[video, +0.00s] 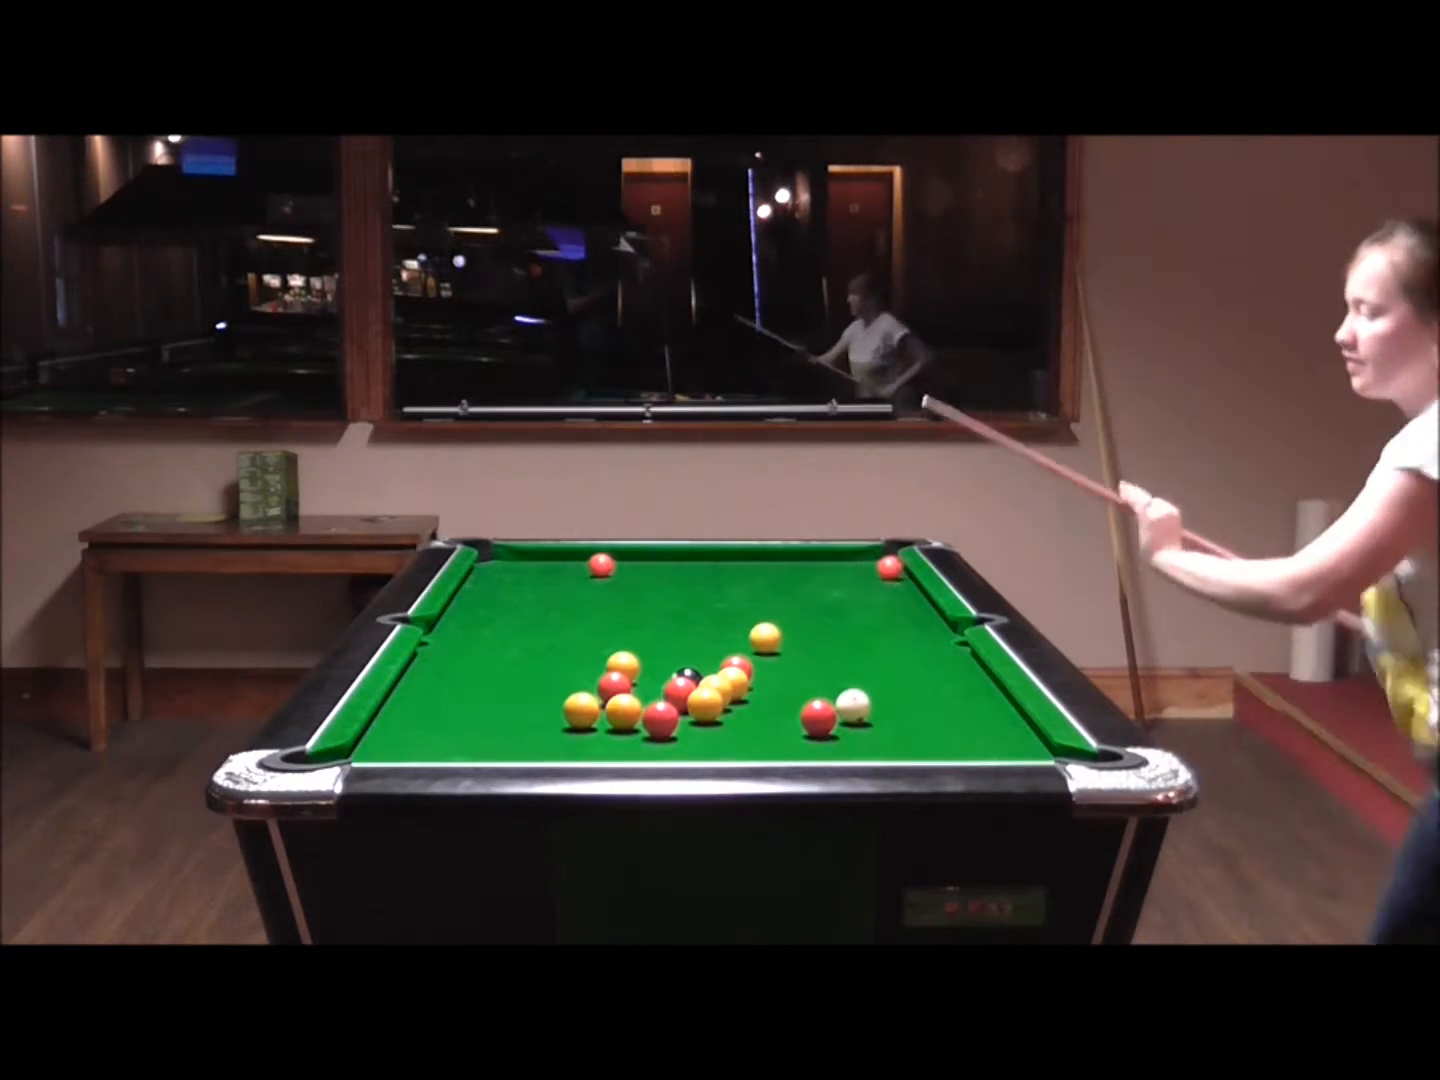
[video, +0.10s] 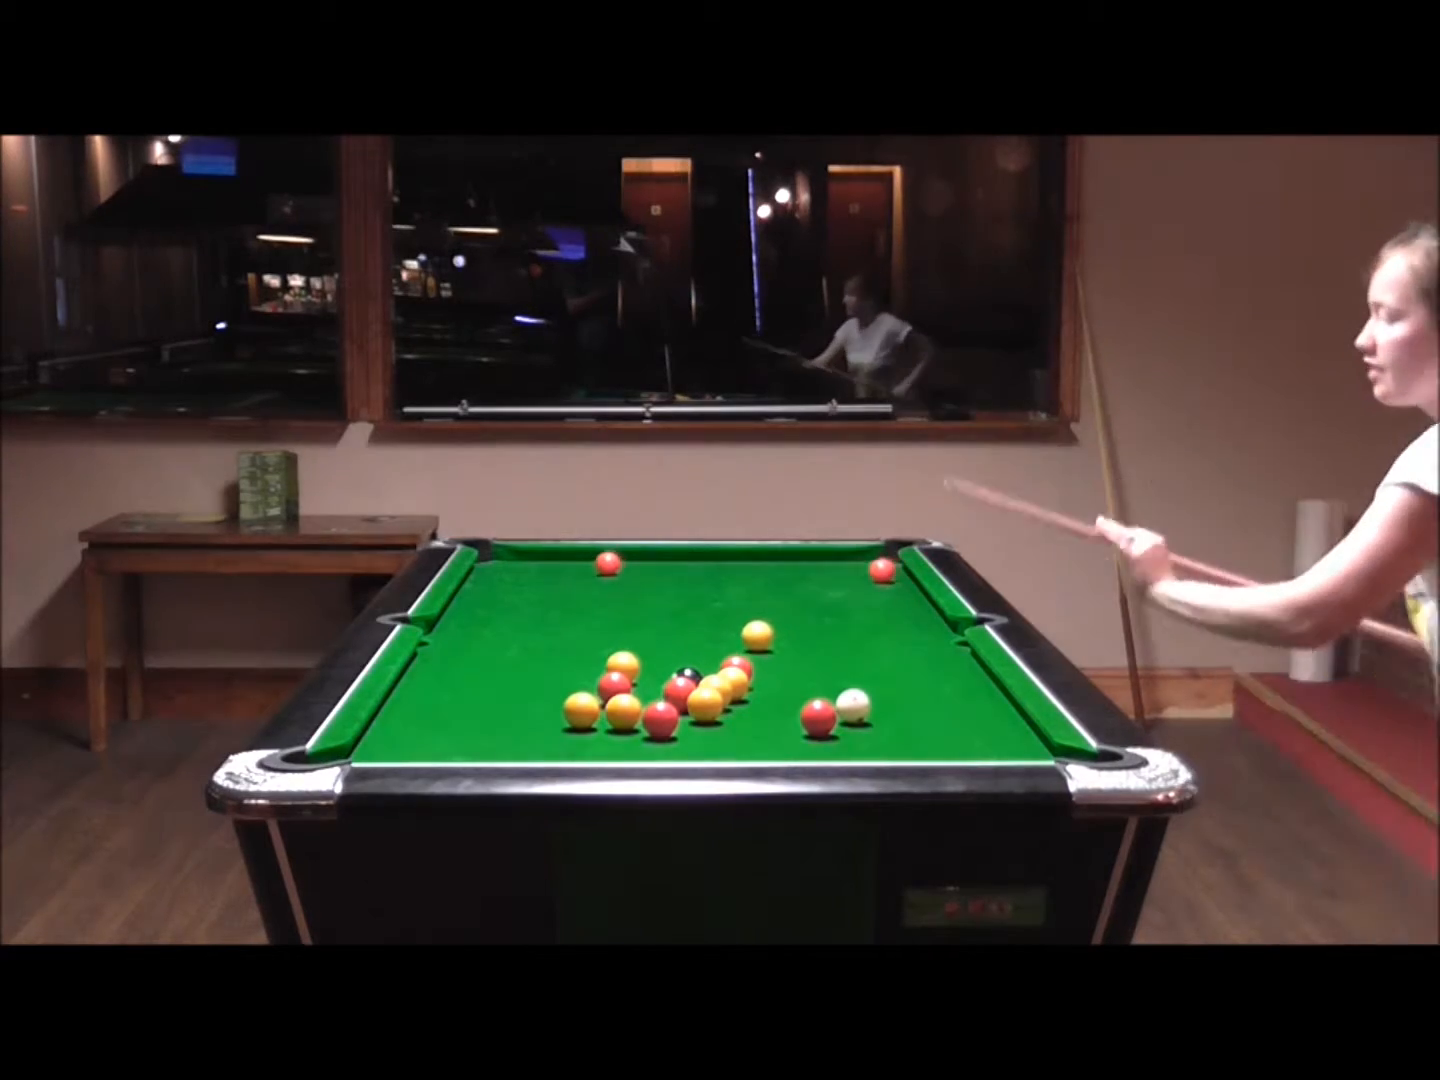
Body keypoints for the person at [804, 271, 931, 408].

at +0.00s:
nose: (848, 300)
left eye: (853, 296)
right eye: (849, 296)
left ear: (869, 299)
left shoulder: (888, 324)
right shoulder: (854, 327)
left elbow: (923, 357)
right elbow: (828, 358)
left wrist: (893, 387)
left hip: (888, 405)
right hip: (861, 403)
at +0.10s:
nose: (844, 300)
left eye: (850, 295)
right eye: (845, 295)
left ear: (866, 299)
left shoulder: (889, 324)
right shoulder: (849, 327)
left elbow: (928, 352)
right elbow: (822, 361)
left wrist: (905, 386)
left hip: (887, 400)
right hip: (856, 400)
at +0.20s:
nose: (845, 299)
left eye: (851, 294)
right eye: (845, 294)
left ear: (867, 297)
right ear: (844, 297)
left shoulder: (892, 322)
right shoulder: (847, 326)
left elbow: (931, 345)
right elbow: (824, 360)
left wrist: (912, 384)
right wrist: (801, 371)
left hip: (889, 395)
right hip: (857, 394)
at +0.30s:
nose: (848, 301)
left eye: (854, 296)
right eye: (847, 296)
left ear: (869, 299)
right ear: (845, 298)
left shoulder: (895, 323)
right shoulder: (847, 328)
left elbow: (935, 340)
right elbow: (823, 364)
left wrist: (924, 383)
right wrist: (800, 382)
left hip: (894, 395)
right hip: (859, 396)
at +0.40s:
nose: (848, 307)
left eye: (854, 302)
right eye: (847, 302)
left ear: (870, 305)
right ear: (847, 305)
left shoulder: (895, 325)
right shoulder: (848, 332)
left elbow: (935, 336)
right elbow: (825, 364)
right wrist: (801, 384)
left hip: (894, 387)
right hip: (860, 388)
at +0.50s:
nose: (850, 319)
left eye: (856, 314)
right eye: (849, 313)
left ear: (871, 316)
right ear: (848, 315)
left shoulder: (896, 333)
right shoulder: (848, 342)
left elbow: (935, 336)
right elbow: (823, 370)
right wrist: (798, 390)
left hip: (899, 397)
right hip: (867, 399)